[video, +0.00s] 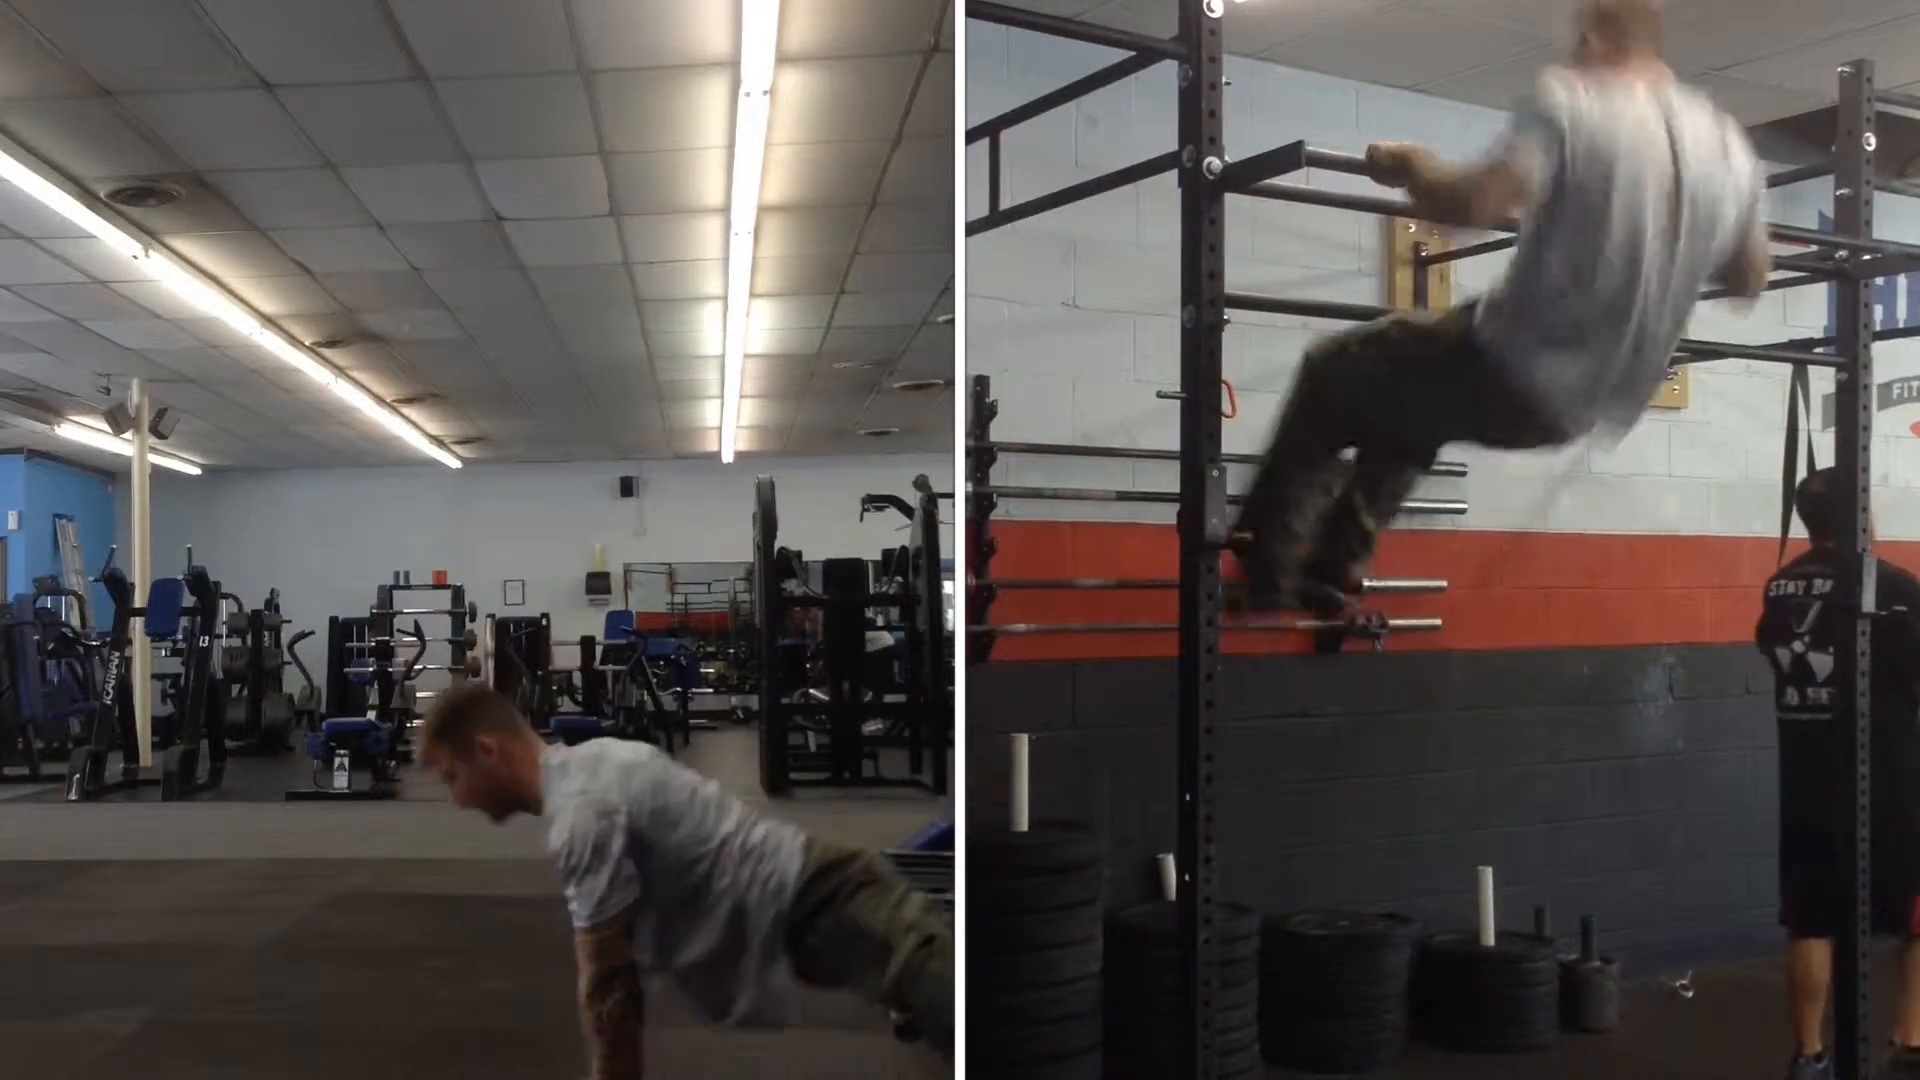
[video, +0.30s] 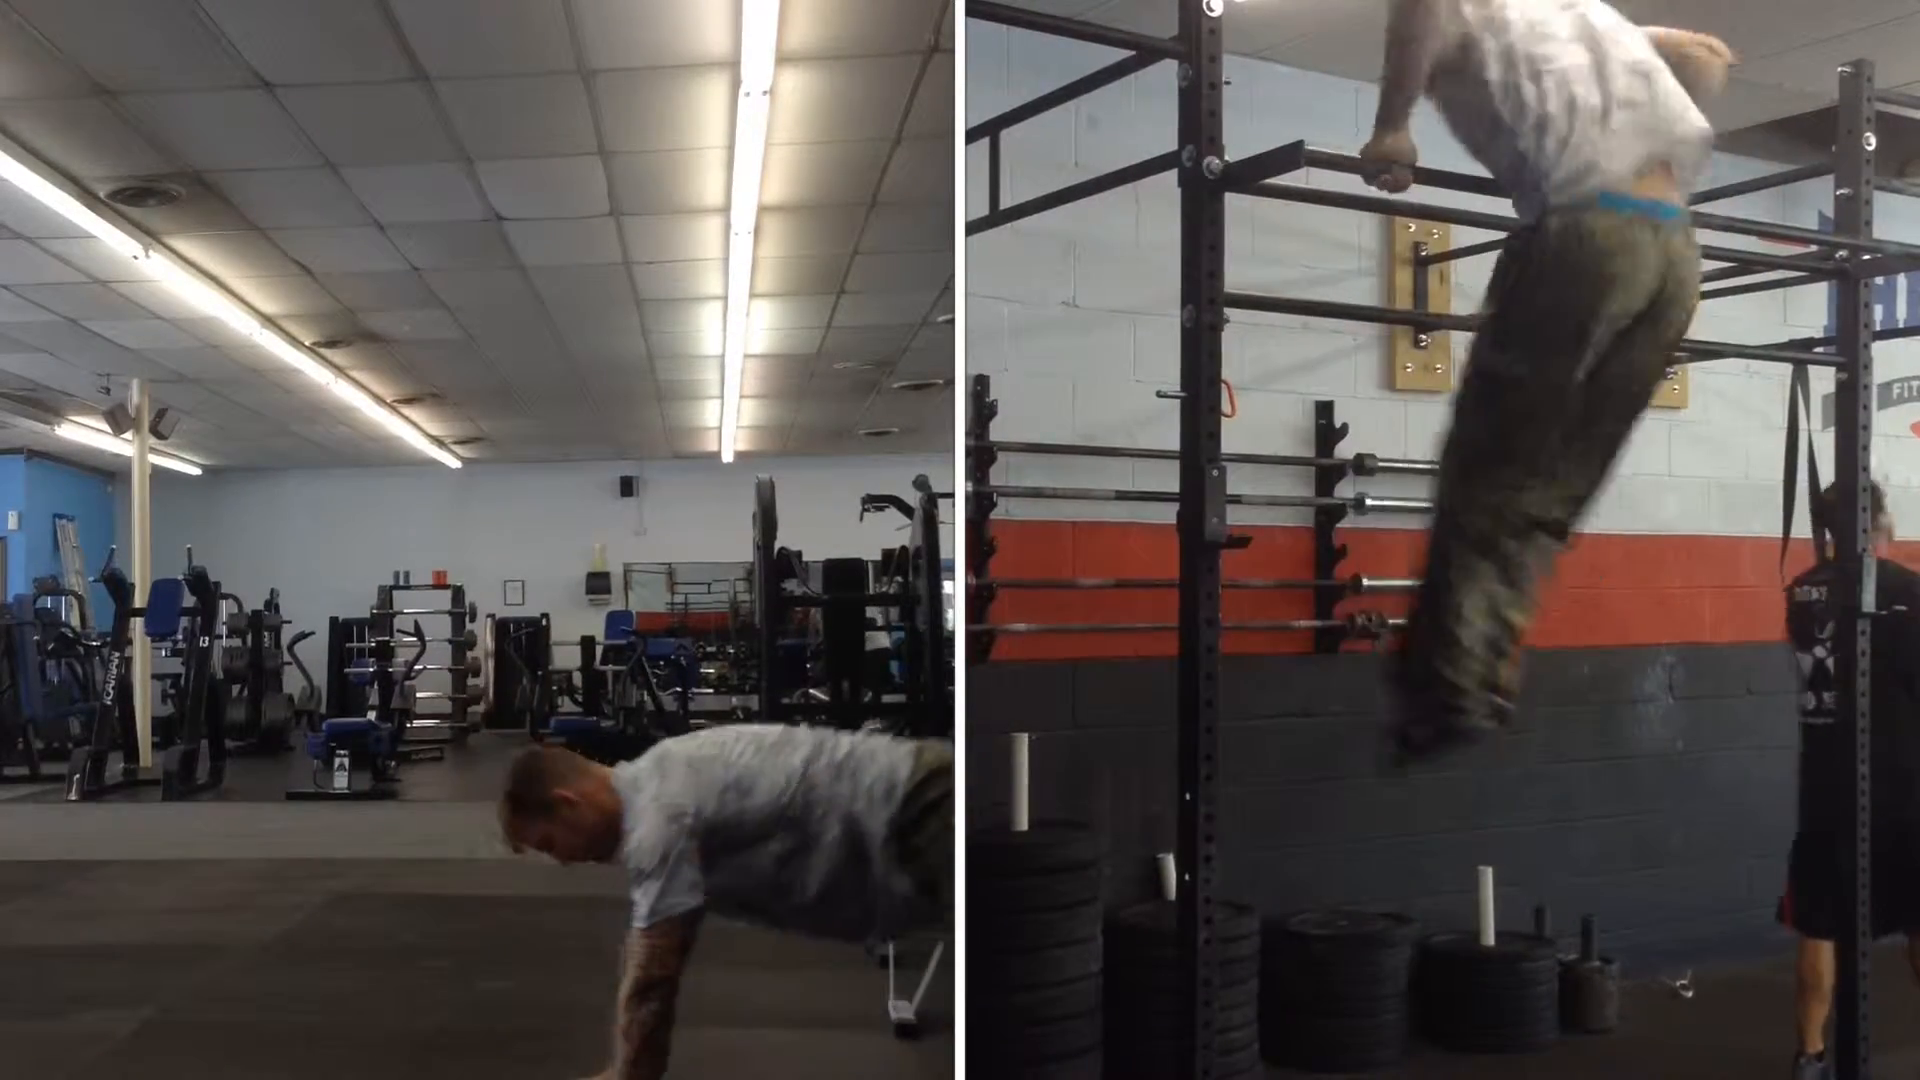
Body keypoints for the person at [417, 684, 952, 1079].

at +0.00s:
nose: (456, 798)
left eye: (450, 777)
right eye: (446, 782)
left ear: (488, 751)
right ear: (498, 745)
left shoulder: (585, 807)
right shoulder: (587, 775)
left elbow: (609, 989)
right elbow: (609, 981)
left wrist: (614, 1069)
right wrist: (611, 1063)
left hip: (824, 905)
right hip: (822, 897)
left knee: (978, 1018)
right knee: (956, 1019)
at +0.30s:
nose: (562, 860)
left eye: (548, 844)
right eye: (545, 852)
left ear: (570, 801)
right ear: (577, 791)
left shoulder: (662, 811)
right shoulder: (655, 790)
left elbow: (651, 988)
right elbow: (646, 973)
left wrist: (630, 1070)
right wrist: (626, 1067)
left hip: (923, 814)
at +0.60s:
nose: (686, 922)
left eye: (677, 912)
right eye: (675, 918)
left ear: (684, 866)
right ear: (687, 854)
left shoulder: (754, 851)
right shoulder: (736, 831)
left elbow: (699, 1012)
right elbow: (683, 968)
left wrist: (642, 1078)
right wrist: (622, 1070)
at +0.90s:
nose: (759, 983)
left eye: (751, 973)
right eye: (743, 981)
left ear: (753, 922)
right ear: (751, 914)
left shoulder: (809, 890)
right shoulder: (781, 874)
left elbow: (732, 1033)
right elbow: (712, 993)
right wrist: (628, 1070)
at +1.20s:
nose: (717, 1020)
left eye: (702, 1014)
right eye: (702, 1021)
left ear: (699, 969)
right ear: (697, 960)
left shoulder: (762, 929)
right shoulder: (745, 911)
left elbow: (756, 1068)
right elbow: (719, 1035)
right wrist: (632, 1072)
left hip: (975, 775)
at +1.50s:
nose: (584, 1066)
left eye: (571, 1056)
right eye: (569, 1063)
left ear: (574, 1010)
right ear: (575, 1001)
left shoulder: (642, 975)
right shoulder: (629, 961)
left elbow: (726, 1065)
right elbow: (700, 1050)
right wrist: (638, 1070)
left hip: (897, 838)